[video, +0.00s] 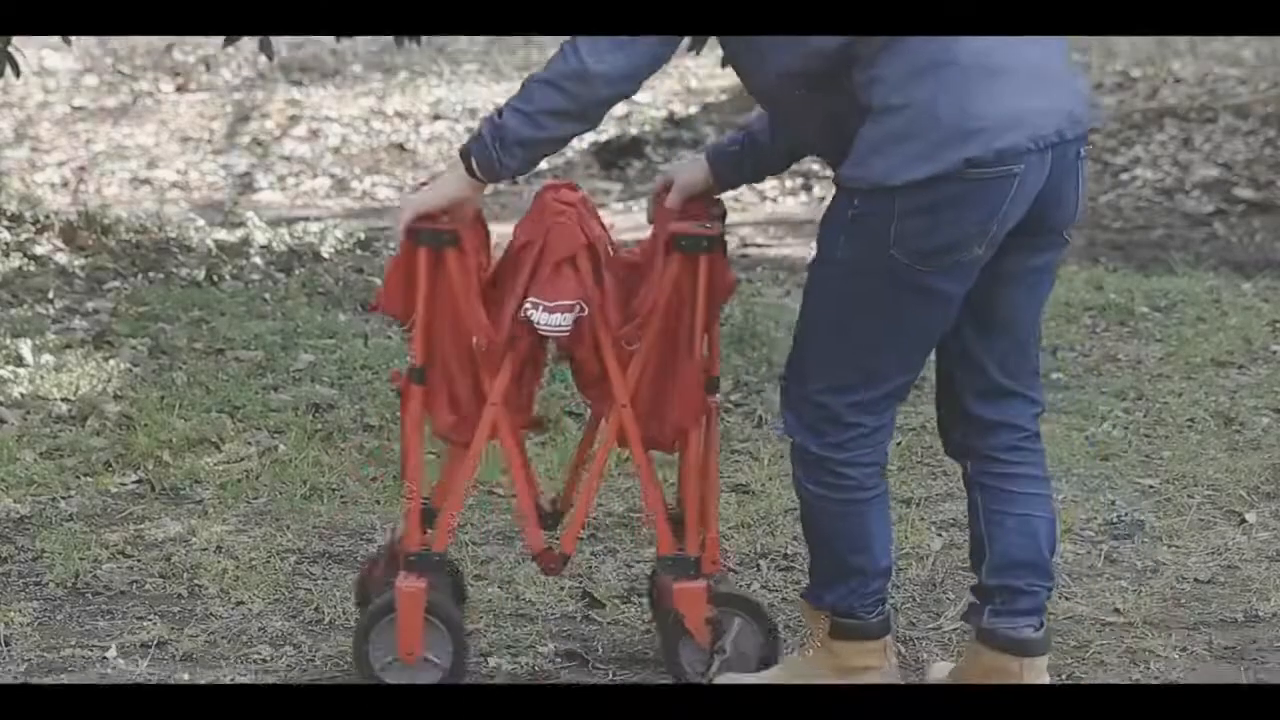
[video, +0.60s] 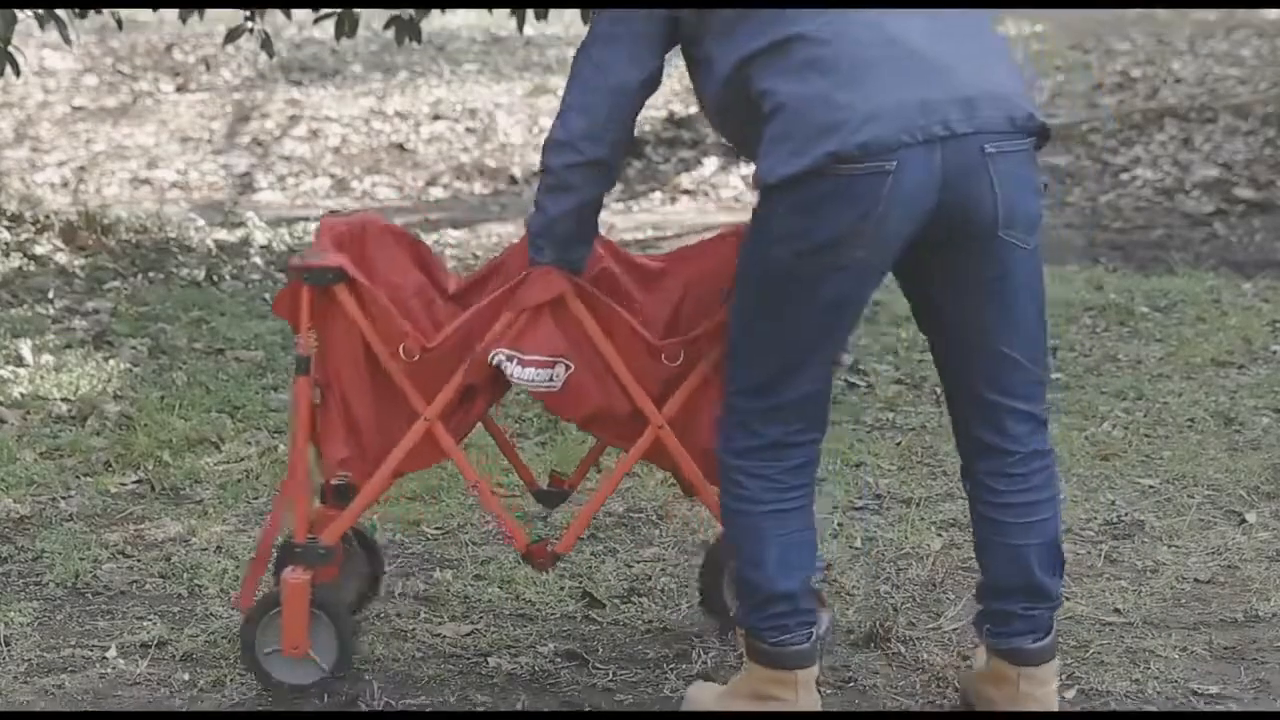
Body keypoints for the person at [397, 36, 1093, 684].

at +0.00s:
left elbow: (602, 66)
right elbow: (844, 92)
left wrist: (472, 171)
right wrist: (717, 167)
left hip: (932, 150)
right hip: (1056, 133)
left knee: (836, 414)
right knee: (1000, 416)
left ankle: (852, 650)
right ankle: (1010, 655)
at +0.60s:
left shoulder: (656, 8)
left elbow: (596, 105)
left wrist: (557, 247)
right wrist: (790, 229)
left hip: (845, 159)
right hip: (995, 146)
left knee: (772, 438)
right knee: (1011, 434)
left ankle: (780, 674)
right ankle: (1025, 669)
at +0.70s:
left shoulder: (639, 9)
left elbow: (586, 154)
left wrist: (540, 300)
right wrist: (766, 284)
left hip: (813, 174)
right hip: (967, 154)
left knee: (751, 432)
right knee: (1004, 425)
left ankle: (778, 673)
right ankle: (1036, 668)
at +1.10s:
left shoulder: (640, 14)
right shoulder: (872, 5)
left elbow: (598, 202)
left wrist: (557, 350)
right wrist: (793, 297)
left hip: (788, 186)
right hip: (945, 157)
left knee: (734, 433)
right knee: (999, 421)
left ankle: (778, 677)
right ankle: (1042, 669)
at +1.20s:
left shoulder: (640, 2)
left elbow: (603, 152)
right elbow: (946, 24)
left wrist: (579, 310)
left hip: (791, 178)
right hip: (950, 152)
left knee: (747, 429)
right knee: (1003, 418)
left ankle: (780, 672)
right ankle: (1042, 661)